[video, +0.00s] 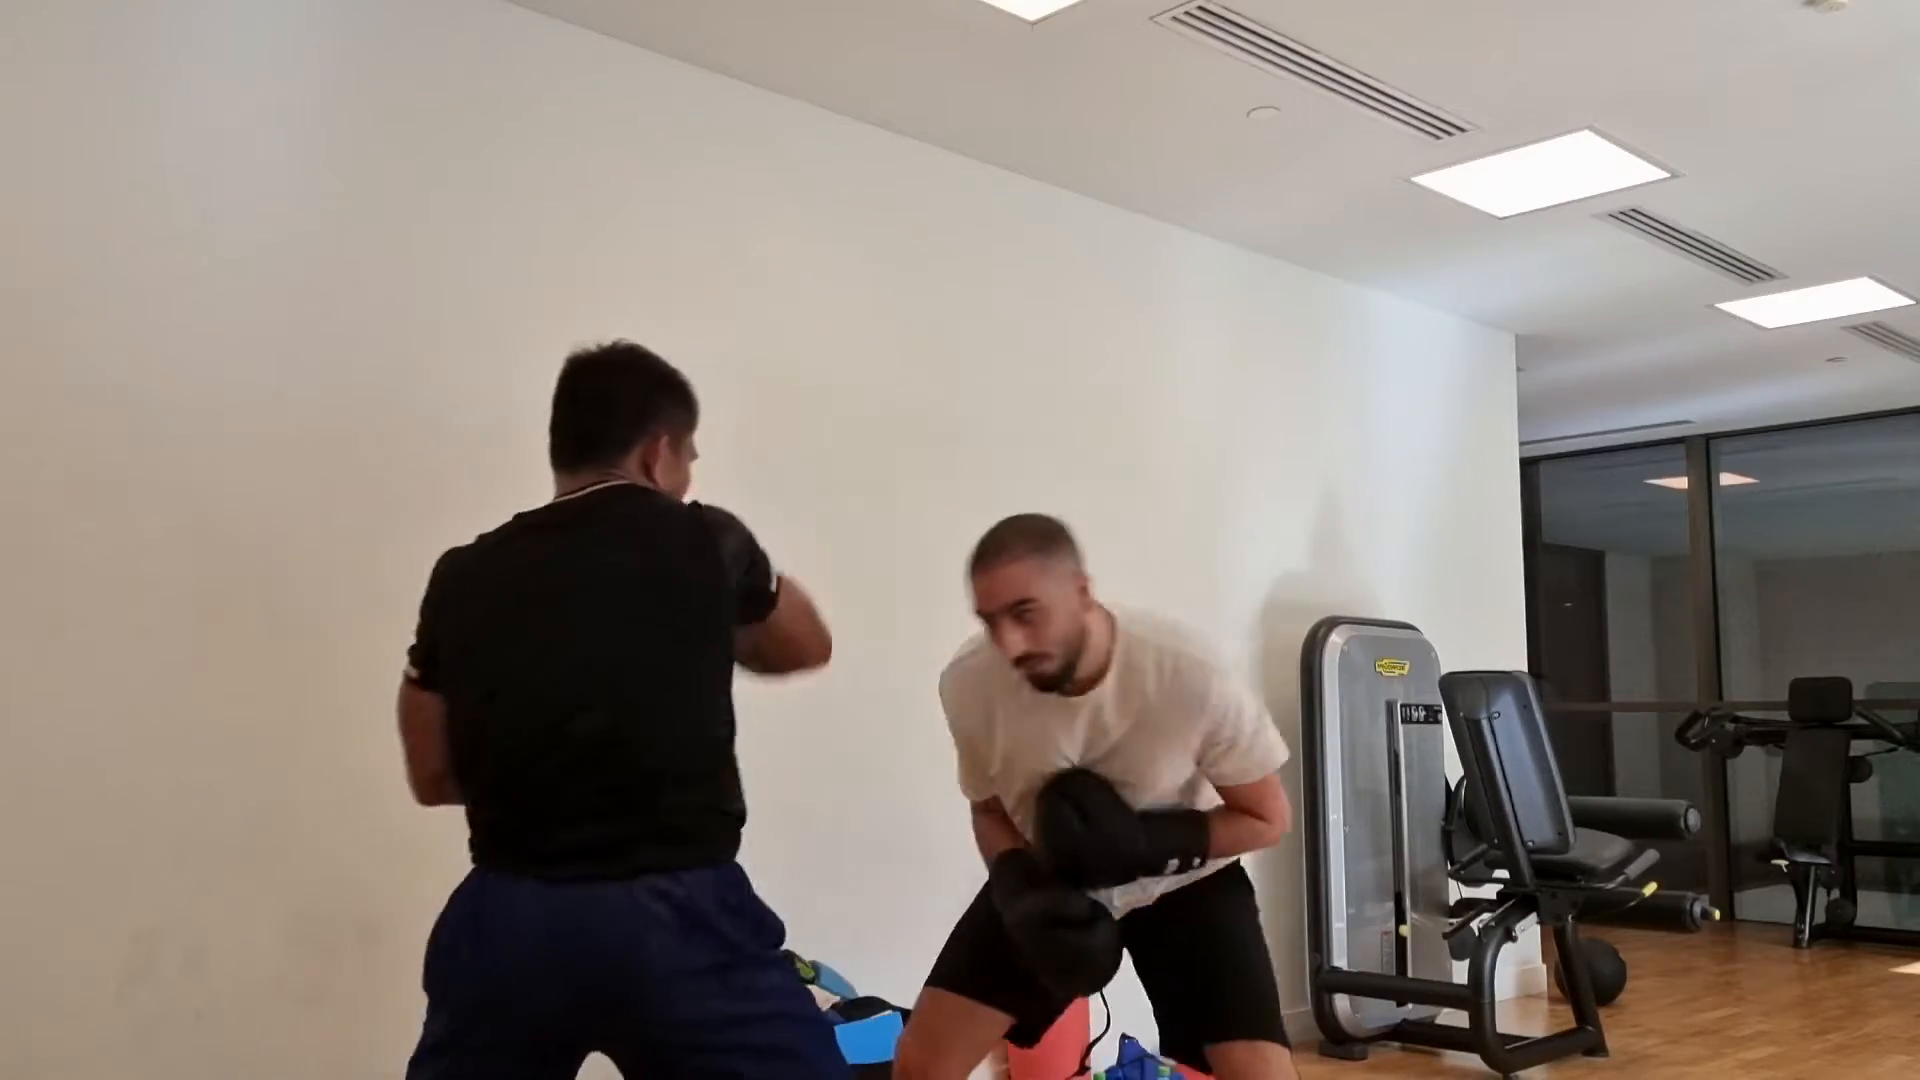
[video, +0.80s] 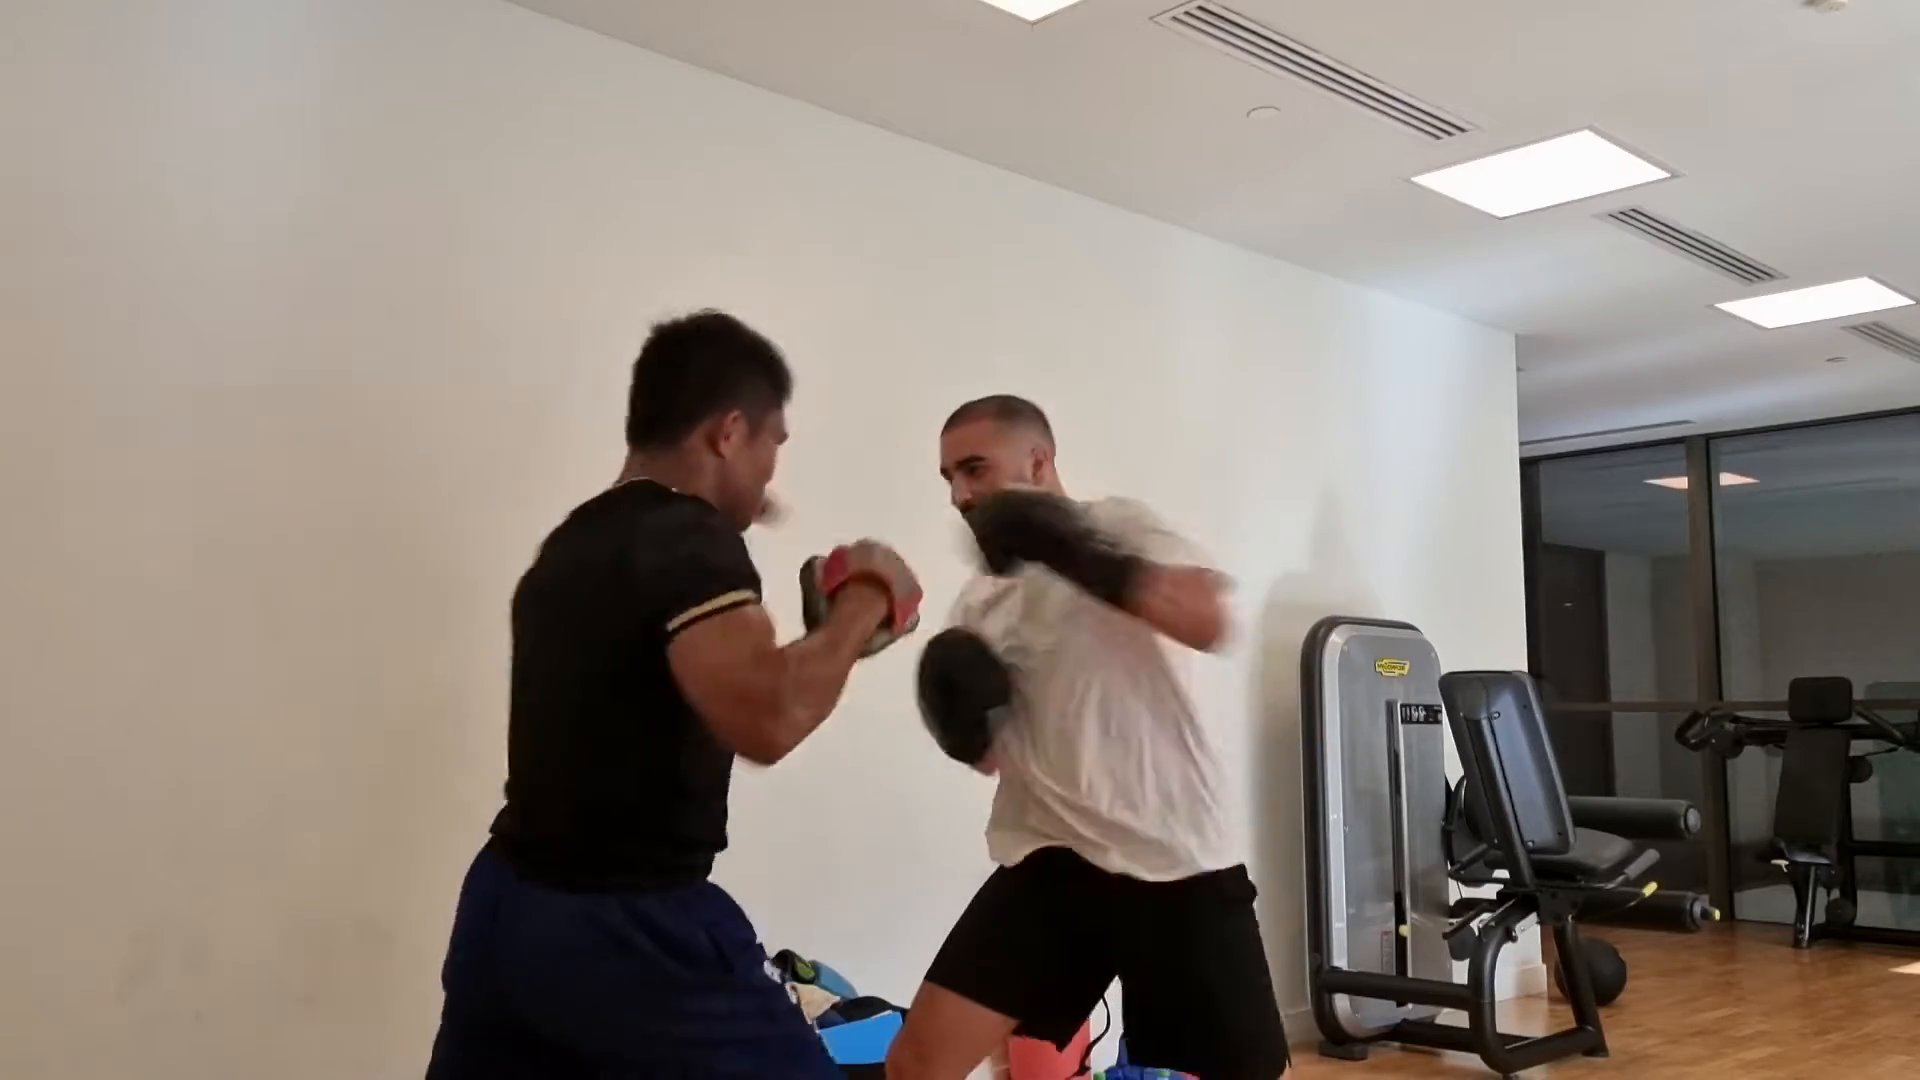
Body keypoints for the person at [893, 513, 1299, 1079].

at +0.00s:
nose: (1010, 645)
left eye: (1026, 615)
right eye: (991, 622)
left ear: (1084, 590)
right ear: (979, 619)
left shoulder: (1189, 672)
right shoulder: (971, 687)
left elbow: (1266, 818)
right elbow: (989, 807)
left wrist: (1143, 840)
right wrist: (1025, 894)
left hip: (1187, 882)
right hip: (1048, 880)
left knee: (1257, 1070)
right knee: (922, 1062)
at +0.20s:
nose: (1002, 698)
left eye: (1018, 666)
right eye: (981, 675)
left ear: (1074, 638)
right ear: (968, 666)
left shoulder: (1178, 708)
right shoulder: (954, 719)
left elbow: (1252, 830)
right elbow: (972, 829)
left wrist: (1155, 861)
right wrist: (990, 916)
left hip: (1180, 899)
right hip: (1037, 900)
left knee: (1238, 1073)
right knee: (920, 1064)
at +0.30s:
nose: (864, 712)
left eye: (875, 682)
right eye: (857, 688)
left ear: (941, 662)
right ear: (938, 665)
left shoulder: (1079, 708)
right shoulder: (936, 741)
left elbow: (1246, 807)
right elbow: (1011, 838)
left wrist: (1114, 869)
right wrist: (967, 907)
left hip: (1197, 903)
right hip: (1072, 911)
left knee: (1227, 1069)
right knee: (925, 1043)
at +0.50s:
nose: (936, 557)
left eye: (950, 531)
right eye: (930, 537)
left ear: (1019, 524)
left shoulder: (1126, 600)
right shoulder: (996, 643)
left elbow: (1283, 701)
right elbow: (1041, 744)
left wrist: (1163, 761)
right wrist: (948, 826)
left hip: (1205, 908)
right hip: (1068, 908)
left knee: (1232, 1070)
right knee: (936, 1070)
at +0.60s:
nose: (1040, 494)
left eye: (1060, 472)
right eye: (1022, 480)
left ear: (1112, 474)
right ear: (1005, 494)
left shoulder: (1217, 575)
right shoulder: (994, 609)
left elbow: (1308, 705)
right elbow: (925, 691)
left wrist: (1260, 724)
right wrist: (860, 708)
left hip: (1195, 893)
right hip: (1039, 902)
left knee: (1270, 1069)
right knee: (951, 1069)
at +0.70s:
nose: (1034, 474)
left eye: (1051, 450)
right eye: (1015, 458)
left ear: (1099, 451)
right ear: (1002, 472)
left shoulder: (1185, 555)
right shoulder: (980, 558)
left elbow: (1290, 708)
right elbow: (875, 699)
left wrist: (1260, 664)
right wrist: (923, 642)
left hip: (1186, 871)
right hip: (1045, 868)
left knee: (1251, 1069)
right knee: (943, 1064)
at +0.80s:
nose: (958, 494)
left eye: (975, 468)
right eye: (948, 477)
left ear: (1039, 461)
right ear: (944, 484)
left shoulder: (1117, 527)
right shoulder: (975, 603)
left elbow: (1210, 622)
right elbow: (989, 758)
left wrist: (1073, 553)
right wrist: (960, 709)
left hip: (1183, 872)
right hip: (1052, 868)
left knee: (1248, 1068)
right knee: (917, 1064)